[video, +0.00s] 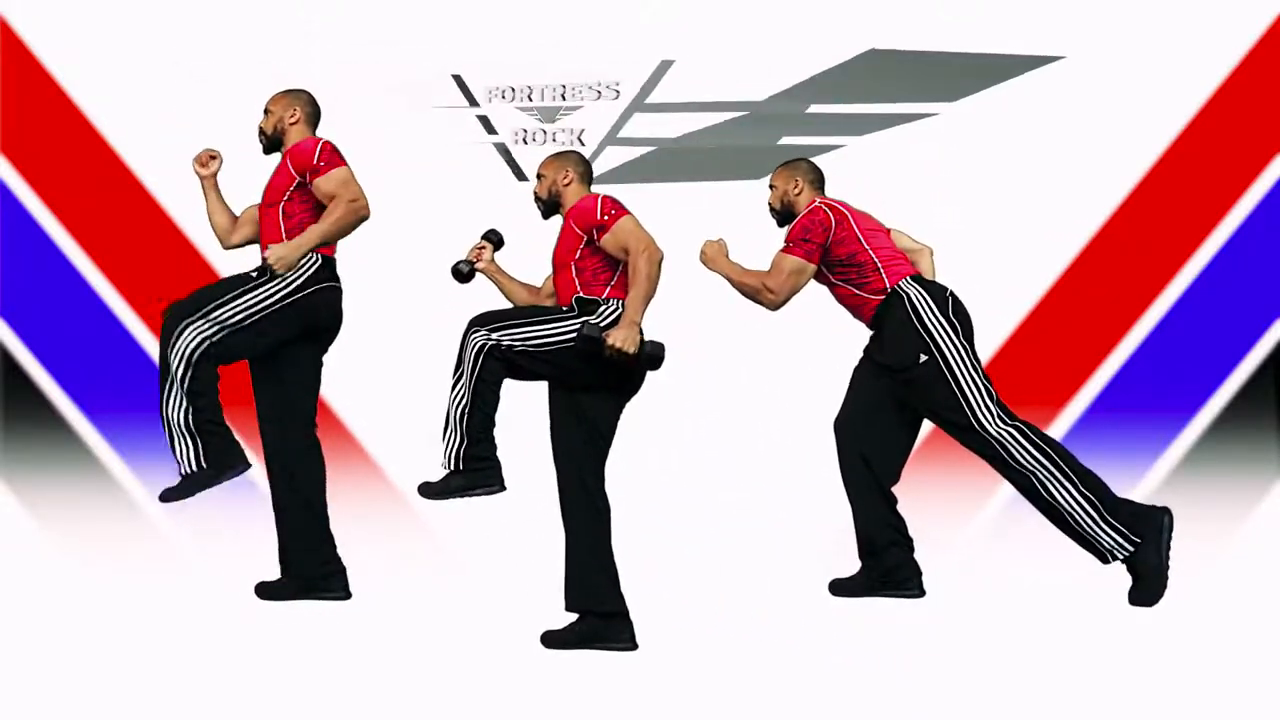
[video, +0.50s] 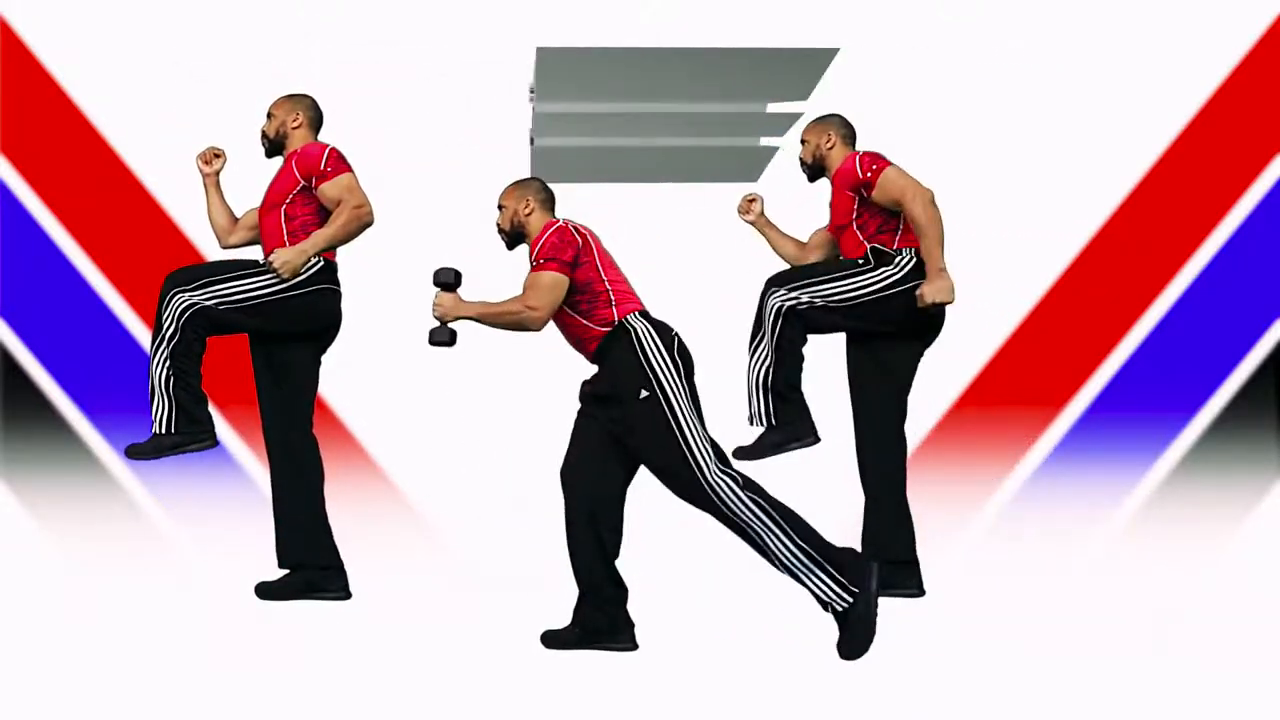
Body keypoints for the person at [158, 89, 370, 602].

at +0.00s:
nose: (260, 120)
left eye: (267, 111)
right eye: (262, 113)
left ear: (293, 113)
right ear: (292, 118)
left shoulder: (309, 147)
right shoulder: (285, 180)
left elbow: (354, 205)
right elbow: (232, 234)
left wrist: (298, 245)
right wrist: (209, 181)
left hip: (295, 283)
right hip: (301, 297)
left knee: (185, 326)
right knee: (289, 437)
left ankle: (211, 454)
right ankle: (315, 571)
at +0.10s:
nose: (260, 124)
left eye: (267, 115)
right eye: (261, 117)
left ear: (293, 116)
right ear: (293, 119)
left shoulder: (314, 151)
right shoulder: (285, 182)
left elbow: (361, 205)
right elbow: (228, 229)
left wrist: (310, 252)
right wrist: (211, 175)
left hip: (296, 281)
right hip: (298, 297)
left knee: (181, 295)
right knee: (291, 437)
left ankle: (186, 426)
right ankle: (317, 569)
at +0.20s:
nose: (261, 126)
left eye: (269, 116)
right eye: (263, 118)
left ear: (295, 118)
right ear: (292, 121)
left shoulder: (315, 154)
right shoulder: (288, 189)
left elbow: (359, 209)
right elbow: (230, 233)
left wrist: (310, 252)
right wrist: (210, 179)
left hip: (295, 285)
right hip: (296, 303)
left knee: (183, 283)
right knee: (291, 438)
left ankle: (179, 417)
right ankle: (319, 569)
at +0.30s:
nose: (262, 126)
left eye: (270, 116)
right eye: (264, 118)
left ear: (296, 119)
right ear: (292, 122)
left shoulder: (315, 154)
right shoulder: (289, 186)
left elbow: (359, 209)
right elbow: (231, 233)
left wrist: (307, 251)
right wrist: (212, 179)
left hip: (295, 284)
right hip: (296, 300)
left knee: (182, 281)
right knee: (292, 437)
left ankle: (177, 416)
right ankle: (317, 569)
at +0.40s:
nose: (263, 126)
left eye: (270, 117)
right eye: (265, 119)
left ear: (296, 120)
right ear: (293, 123)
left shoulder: (316, 154)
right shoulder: (289, 187)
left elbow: (359, 209)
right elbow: (231, 234)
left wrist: (305, 250)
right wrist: (212, 180)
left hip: (297, 282)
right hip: (298, 299)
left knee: (183, 287)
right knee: (291, 438)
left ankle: (179, 422)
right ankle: (317, 569)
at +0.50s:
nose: (263, 126)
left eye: (270, 117)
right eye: (265, 118)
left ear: (297, 120)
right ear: (294, 123)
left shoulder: (316, 154)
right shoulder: (288, 186)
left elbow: (358, 209)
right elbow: (231, 234)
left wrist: (305, 249)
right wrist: (211, 179)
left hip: (298, 283)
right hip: (296, 298)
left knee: (182, 291)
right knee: (289, 438)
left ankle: (183, 424)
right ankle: (316, 569)